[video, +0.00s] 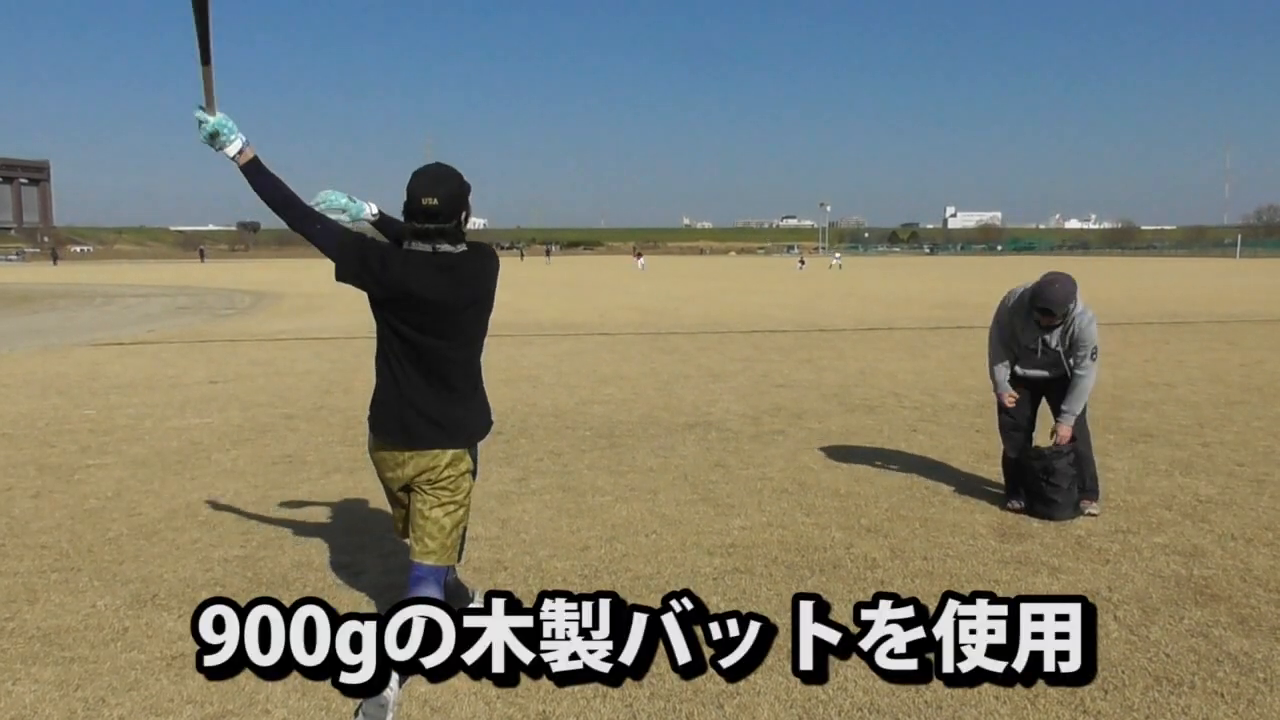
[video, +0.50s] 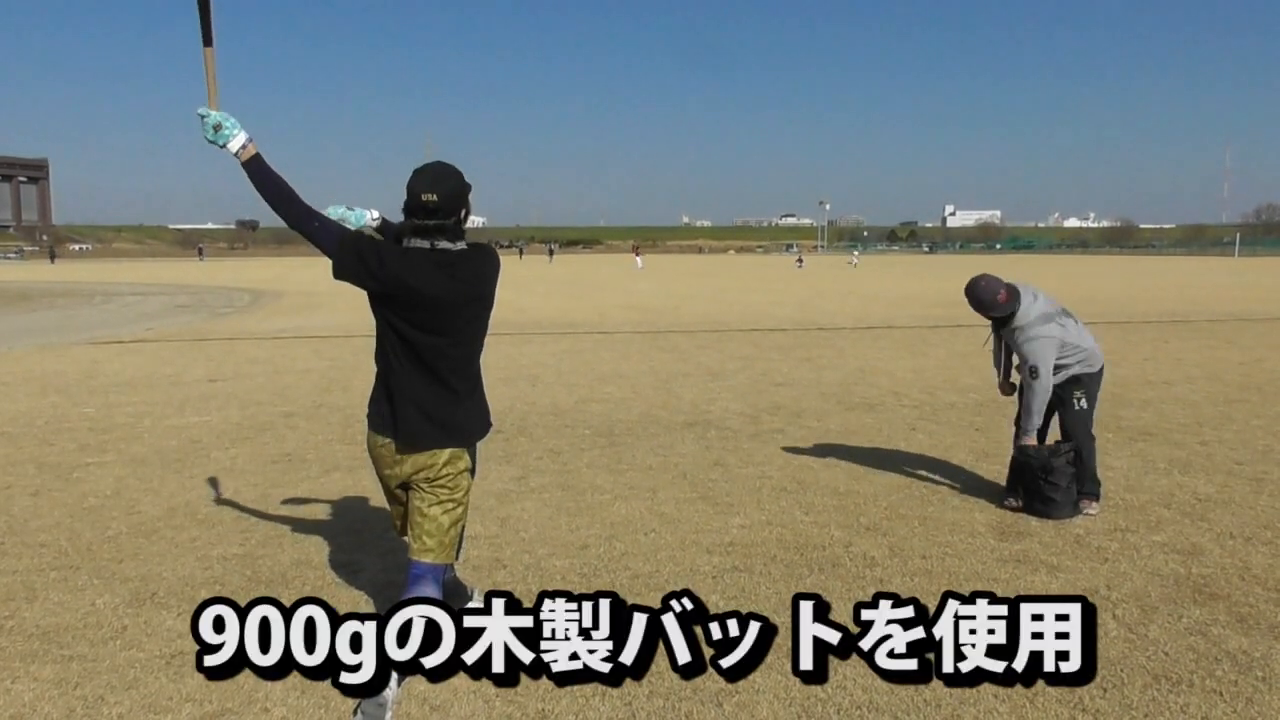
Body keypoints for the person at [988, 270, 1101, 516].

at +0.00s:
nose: (1044, 320)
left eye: (1052, 316)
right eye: (1039, 313)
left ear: (1067, 310)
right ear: (1033, 301)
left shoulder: (1082, 321)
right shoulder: (1013, 305)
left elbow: (1085, 372)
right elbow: (998, 345)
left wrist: (1067, 419)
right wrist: (1002, 385)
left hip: (1062, 379)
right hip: (1021, 377)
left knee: (1076, 433)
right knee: (1014, 434)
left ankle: (1087, 495)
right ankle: (1015, 494)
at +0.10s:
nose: (1029, 324)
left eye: (1036, 322)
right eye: (1027, 318)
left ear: (1053, 319)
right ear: (1023, 307)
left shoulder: (1074, 324)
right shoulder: (1007, 307)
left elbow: (1077, 376)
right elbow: (995, 346)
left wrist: (1056, 426)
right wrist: (998, 382)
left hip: (1061, 377)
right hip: (1021, 376)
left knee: (1073, 433)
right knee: (1015, 434)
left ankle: (1086, 494)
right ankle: (1015, 491)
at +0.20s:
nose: (1007, 321)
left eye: (1013, 318)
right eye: (1007, 315)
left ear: (1031, 319)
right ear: (1004, 307)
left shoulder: (1064, 329)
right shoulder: (1003, 307)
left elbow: (1067, 382)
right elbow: (994, 341)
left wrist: (1045, 426)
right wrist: (994, 377)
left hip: (1066, 372)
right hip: (1026, 368)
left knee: (1069, 429)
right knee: (1016, 425)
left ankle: (1086, 492)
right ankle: (1015, 488)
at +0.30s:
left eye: (1023, 315)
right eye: (1015, 317)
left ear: (1025, 311)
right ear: (1002, 316)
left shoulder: (1052, 328)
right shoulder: (1000, 315)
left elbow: (1056, 383)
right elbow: (996, 344)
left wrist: (1034, 430)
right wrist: (996, 380)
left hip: (1072, 368)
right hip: (1030, 367)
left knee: (1069, 429)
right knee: (1018, 426)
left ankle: (1086, 493)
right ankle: (1015, 488)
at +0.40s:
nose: (1010, 320)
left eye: (1013, 315)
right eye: (1004, 316)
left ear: (1018, 305)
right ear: (992, 313)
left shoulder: (1041, 330)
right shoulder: (1000, 314)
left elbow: (1044, 386)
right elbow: (998, 343)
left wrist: (1031, 431)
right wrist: (998, 379)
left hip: (1075, 366)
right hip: (1034, 366)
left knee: (1073, 430)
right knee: (1022, 428)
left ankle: (1086, 494)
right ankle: (1016, 489)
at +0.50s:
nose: (1007, 312)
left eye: (1007, 306)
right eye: (999, 311)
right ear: (986, 313)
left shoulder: (1033, 335)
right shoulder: (1003, 309)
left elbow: (1038, 386)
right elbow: (1001, 340)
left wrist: (1030, 433)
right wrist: (1003, 377)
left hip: (1080, 368)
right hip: (1040, 368)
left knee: (1076, 432)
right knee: (1027, 430)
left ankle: (1088, 495)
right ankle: (1018, 490)